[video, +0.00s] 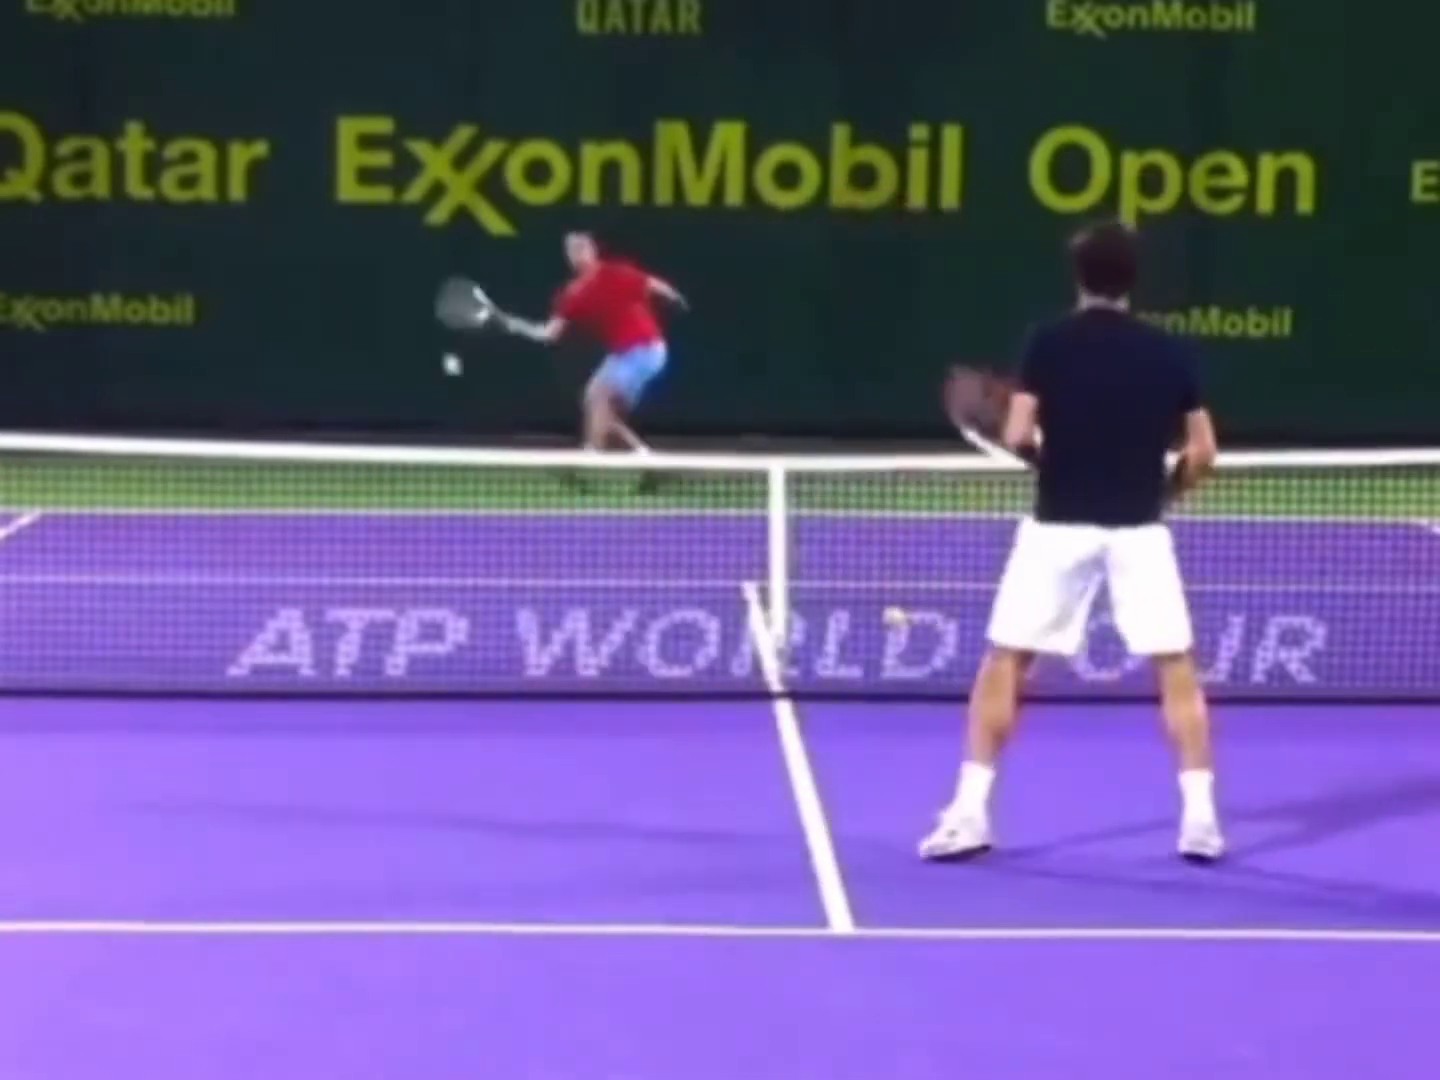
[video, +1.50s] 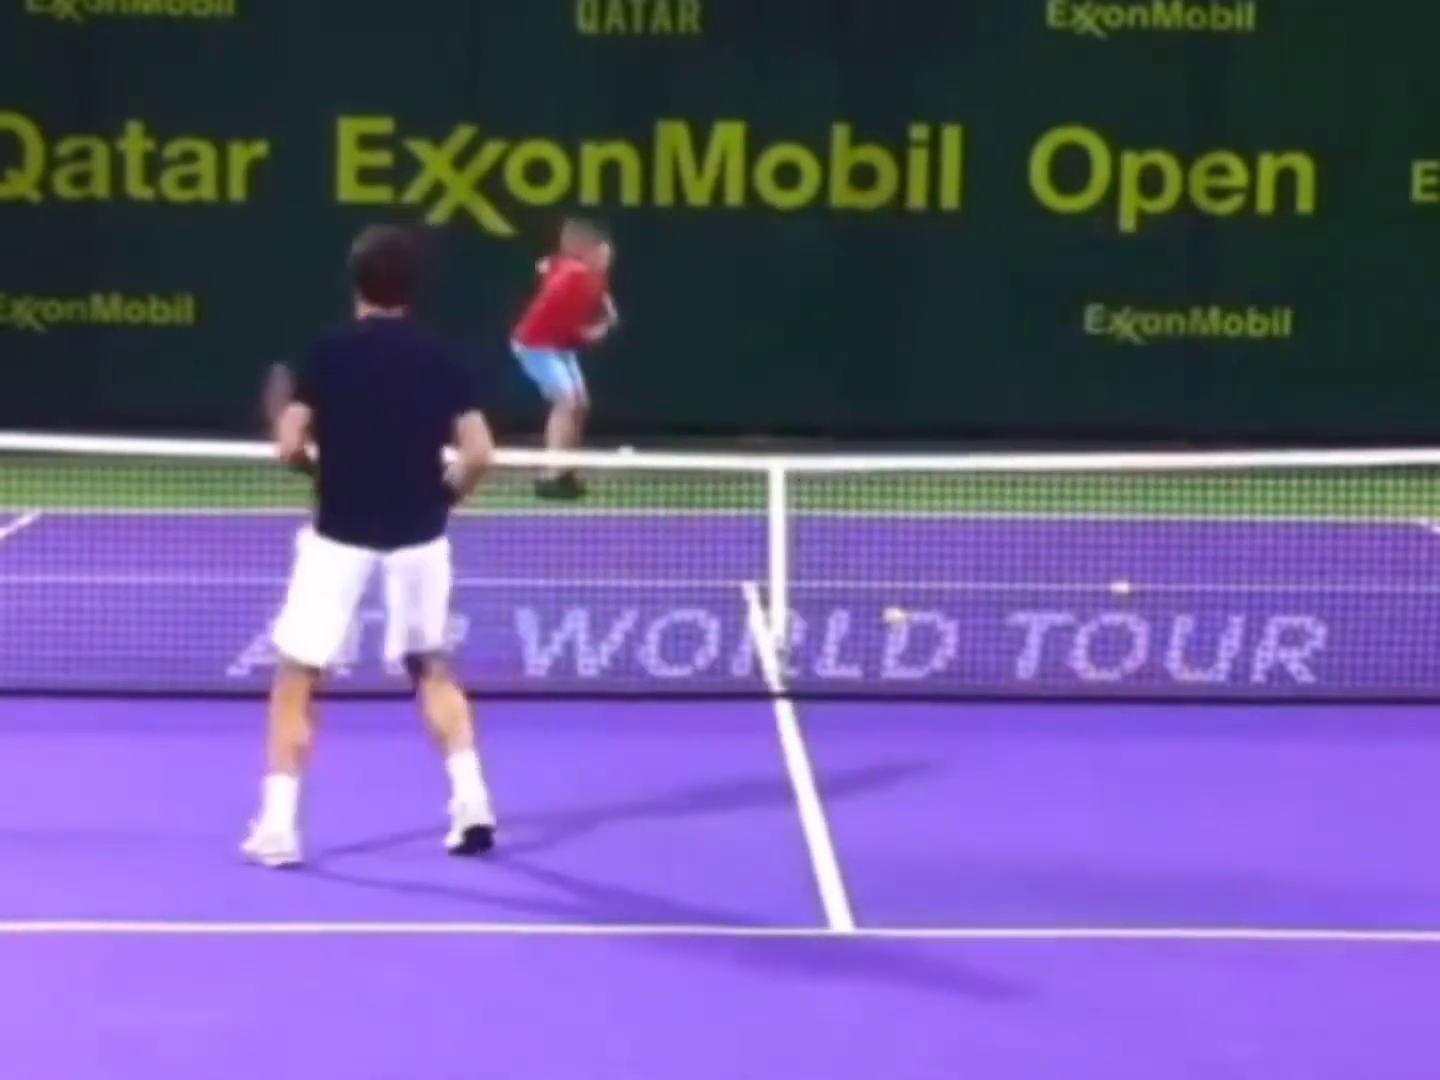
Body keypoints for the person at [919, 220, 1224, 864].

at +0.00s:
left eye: (1082, 274)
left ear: (1077, 279)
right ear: (1134, 281)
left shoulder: (1049, 342)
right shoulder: (1166, 350)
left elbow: (1018, 433)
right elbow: (1202, 452)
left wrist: (1057, 455)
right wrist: (1169, 488)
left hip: (1057, 527)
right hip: (1140, 530)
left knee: (1004, 662)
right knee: (1176, 669)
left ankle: (970, 808)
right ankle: (1199, 813)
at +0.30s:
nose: (950, 300)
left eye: (958, 290)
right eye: (954, 289)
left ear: (971, 300)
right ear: (1006, 301)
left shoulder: (983, 359)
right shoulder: (1016, 358)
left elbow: (968, 438)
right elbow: (956, 443)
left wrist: (916, 385)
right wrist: (902, 438)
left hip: (986, 551)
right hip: (1048, 545)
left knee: (910, 669)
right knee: (1099, 671)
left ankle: (981, 803)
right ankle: (1186, 793)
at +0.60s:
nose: (732, 306)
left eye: (741, 297)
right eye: (733, 297)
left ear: (763, 304)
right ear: (775, 304)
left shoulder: (801, 361)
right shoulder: (750, 363)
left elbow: (801, 399)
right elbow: (653, 378)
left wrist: (729, 368)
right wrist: (596, 347)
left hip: (853, 549)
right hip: (802, 550)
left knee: (861, 691)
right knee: (748, 654)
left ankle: (976, 798)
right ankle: (813, 782)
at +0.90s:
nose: (496, 330)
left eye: (500, 318)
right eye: (495, 318)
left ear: (520, 320)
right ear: (539, 316)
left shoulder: (586, 371)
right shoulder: (540, 375)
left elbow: (669, 413)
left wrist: (750, 450)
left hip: (608, 571)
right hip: (551, 559)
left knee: (593, 721)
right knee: (480, 665)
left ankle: (725, 788)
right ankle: (521, 807)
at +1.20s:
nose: (409, 268)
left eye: (409, 257)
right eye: (414, 257)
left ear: (417, 257)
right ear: (469, 255)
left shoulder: (438, 317)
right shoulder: (505, 319)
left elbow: (449, 413)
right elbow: (548, 401)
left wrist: (414, 477)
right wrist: (529, 473)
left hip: (458, 506)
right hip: (511, 508)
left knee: (373, 625)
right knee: (463, 640)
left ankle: (383, 781)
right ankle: (513, 787)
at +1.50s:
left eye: (362, 281)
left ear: (355, 287)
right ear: (413, 289)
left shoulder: (328, 353)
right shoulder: (436, 357)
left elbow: (288, 442)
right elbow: (479, 451)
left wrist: (317, 460)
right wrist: (450, 490)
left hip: (340, 538)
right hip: (421, 538)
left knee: (296, 675)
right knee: (432, 668)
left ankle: (279, 821)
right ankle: (471, 796)